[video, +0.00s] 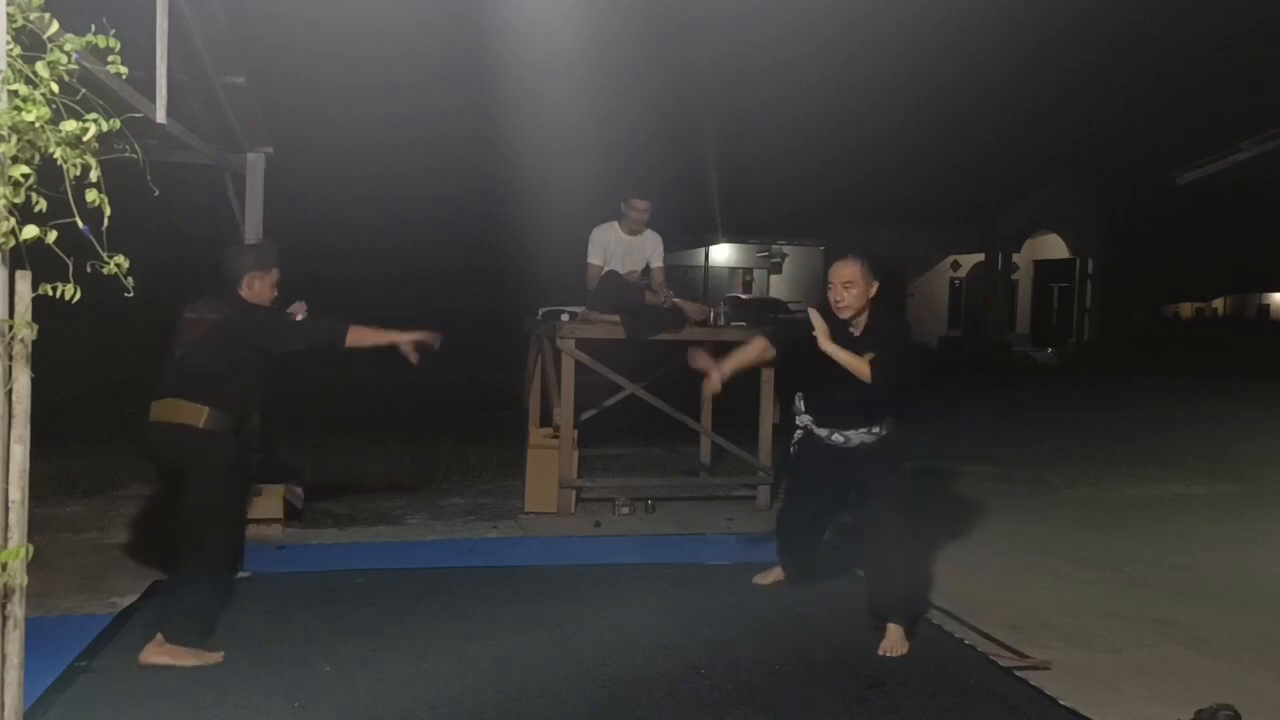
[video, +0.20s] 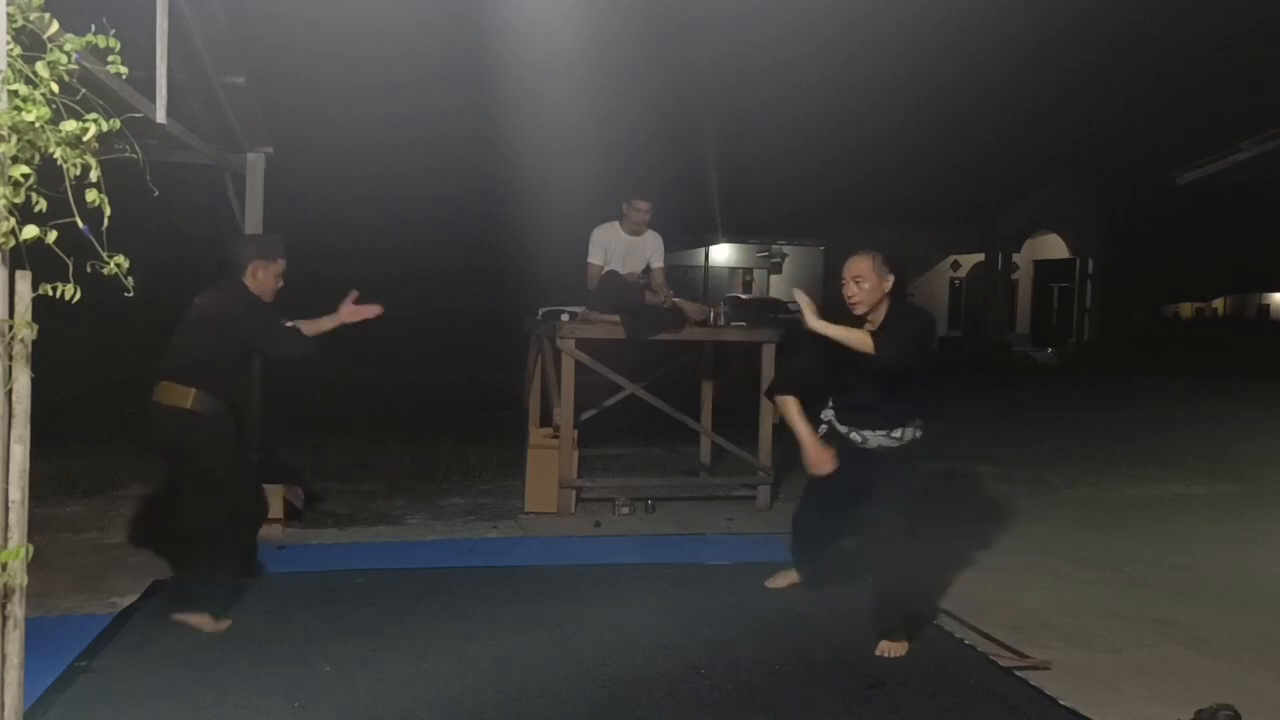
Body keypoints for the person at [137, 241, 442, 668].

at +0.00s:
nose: (275, 290)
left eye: (274, 281)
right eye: (271, 281)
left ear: (237, 282)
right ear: (250, 282)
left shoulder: (201, 312)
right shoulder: (250, 320)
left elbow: (239, 340)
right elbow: (323, 332)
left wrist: (280, 320)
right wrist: (396, 337)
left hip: (166, 432)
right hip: (201, 439)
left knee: (202, 523)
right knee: (218, 538)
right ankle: (175, 640)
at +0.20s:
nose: (279, 284)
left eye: (280, 276)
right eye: (277, 275)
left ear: (249, 272)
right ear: (255, 270)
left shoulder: (213, 298)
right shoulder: (239, 307)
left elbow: (280, 329)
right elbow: (286, 337)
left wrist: (337, 317)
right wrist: (339, 319)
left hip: (169, 413)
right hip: (198, 420)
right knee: (238, 503)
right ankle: (201, 603)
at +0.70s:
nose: (296, 282)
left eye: (298, 275)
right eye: (291, 273)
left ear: (271, 269)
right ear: (264, 268)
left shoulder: (249, 300)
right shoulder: (246, 306)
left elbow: (272, 348)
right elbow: (280, 351)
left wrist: (320, 357)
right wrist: (339, 329)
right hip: (220, 415)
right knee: (252, 486)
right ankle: (231, 573)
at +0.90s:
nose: (293, 284)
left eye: (296, 276)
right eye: (286, 274)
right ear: (259, 269)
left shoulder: (258, 302)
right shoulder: (241, 302)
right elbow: (298, 333)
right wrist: (363, 328)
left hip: (229, 406)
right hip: (217, 410)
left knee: (245, 480)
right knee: (253, 486)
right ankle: (232, 573)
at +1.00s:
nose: (292, 285)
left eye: (296, 277)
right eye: (285, 275)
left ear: (299, 274)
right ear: (260, 270)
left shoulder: (275, 308)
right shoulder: (239, 299)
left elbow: (310, 353)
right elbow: (261, 326)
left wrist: (297, 345)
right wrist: (318, 327)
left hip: (245, 401)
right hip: (220, 403)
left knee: (257, 474)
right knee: (244, 481)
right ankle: (231, 572)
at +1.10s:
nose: (293, 286)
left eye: (299, 278)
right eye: (286, 276)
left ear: (304, 276)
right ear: (262, 272)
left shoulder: (302, 308)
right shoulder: (240, 301)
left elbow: (315, 353)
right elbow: (215, 316)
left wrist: (264, 332)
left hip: (277, 420)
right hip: (232, 416)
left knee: (267, 496)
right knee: (232, 490)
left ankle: (256, 571)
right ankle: (228, 569)